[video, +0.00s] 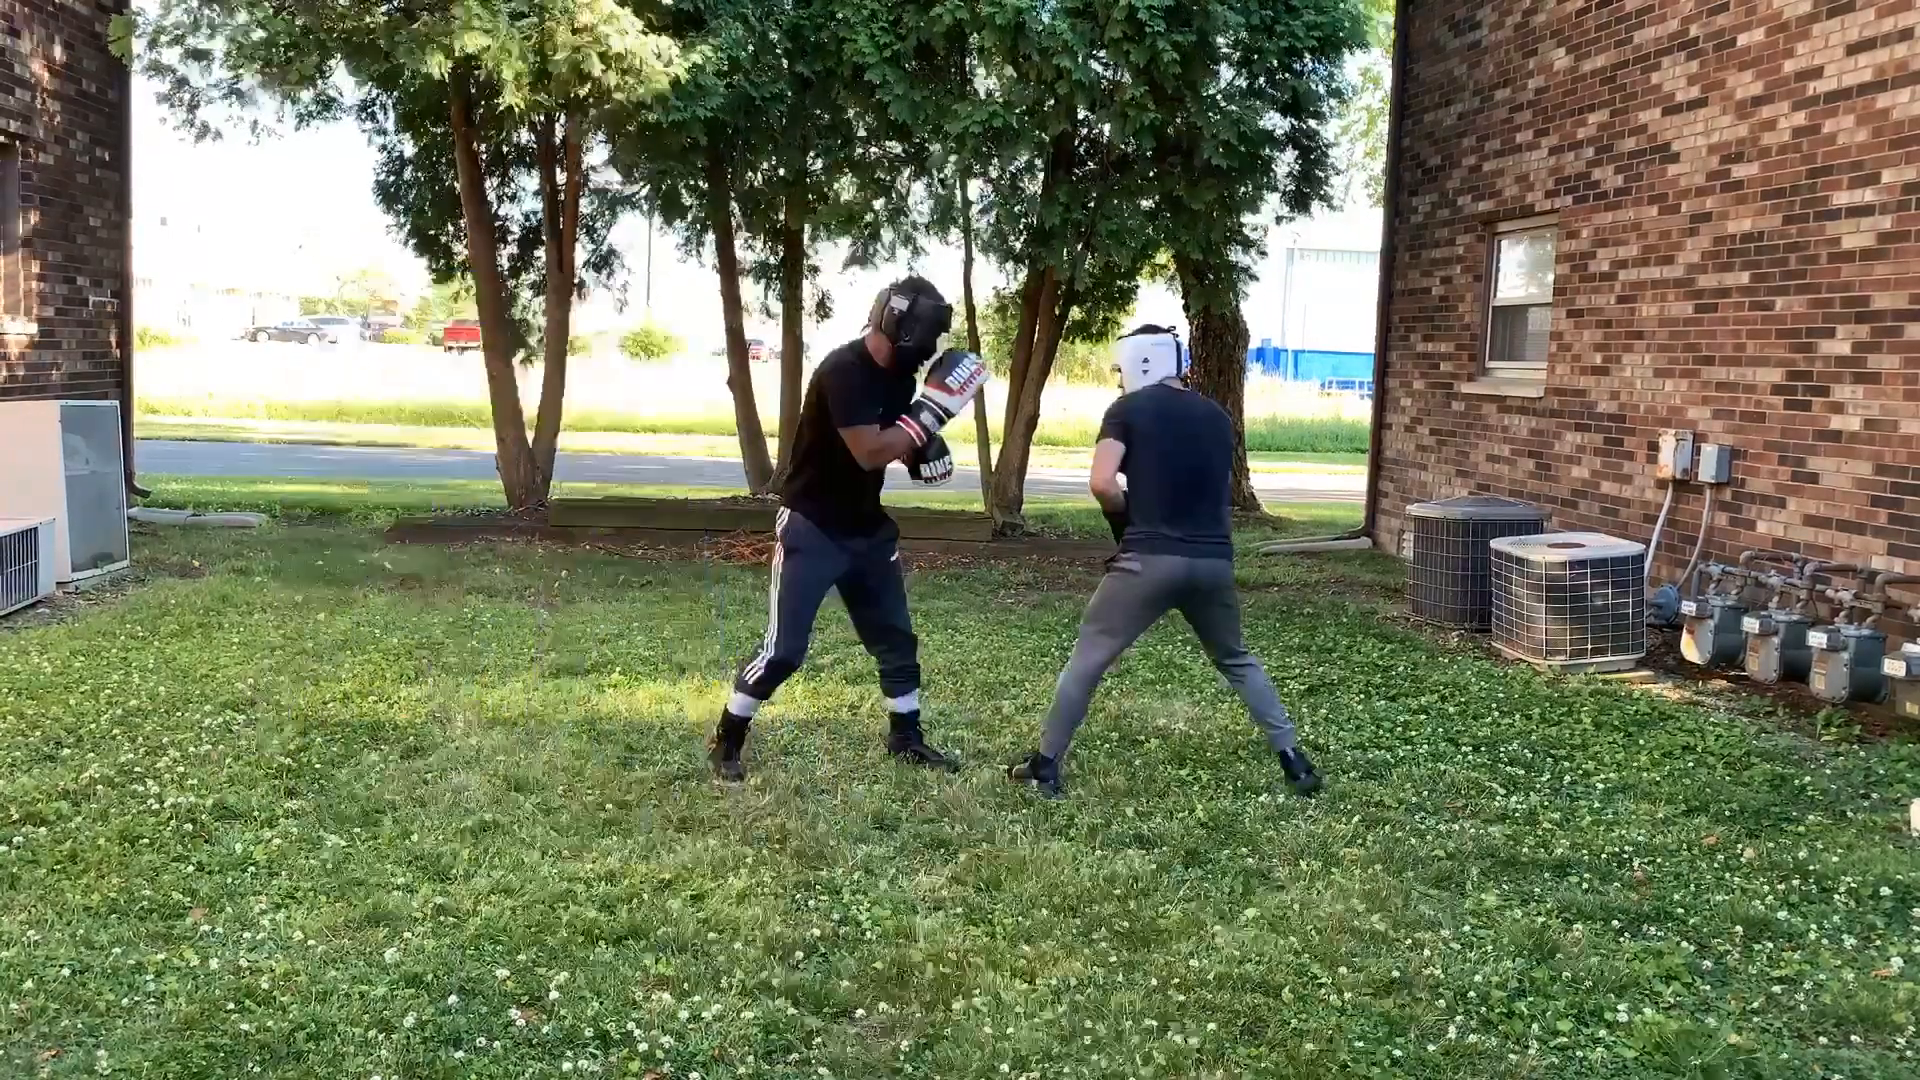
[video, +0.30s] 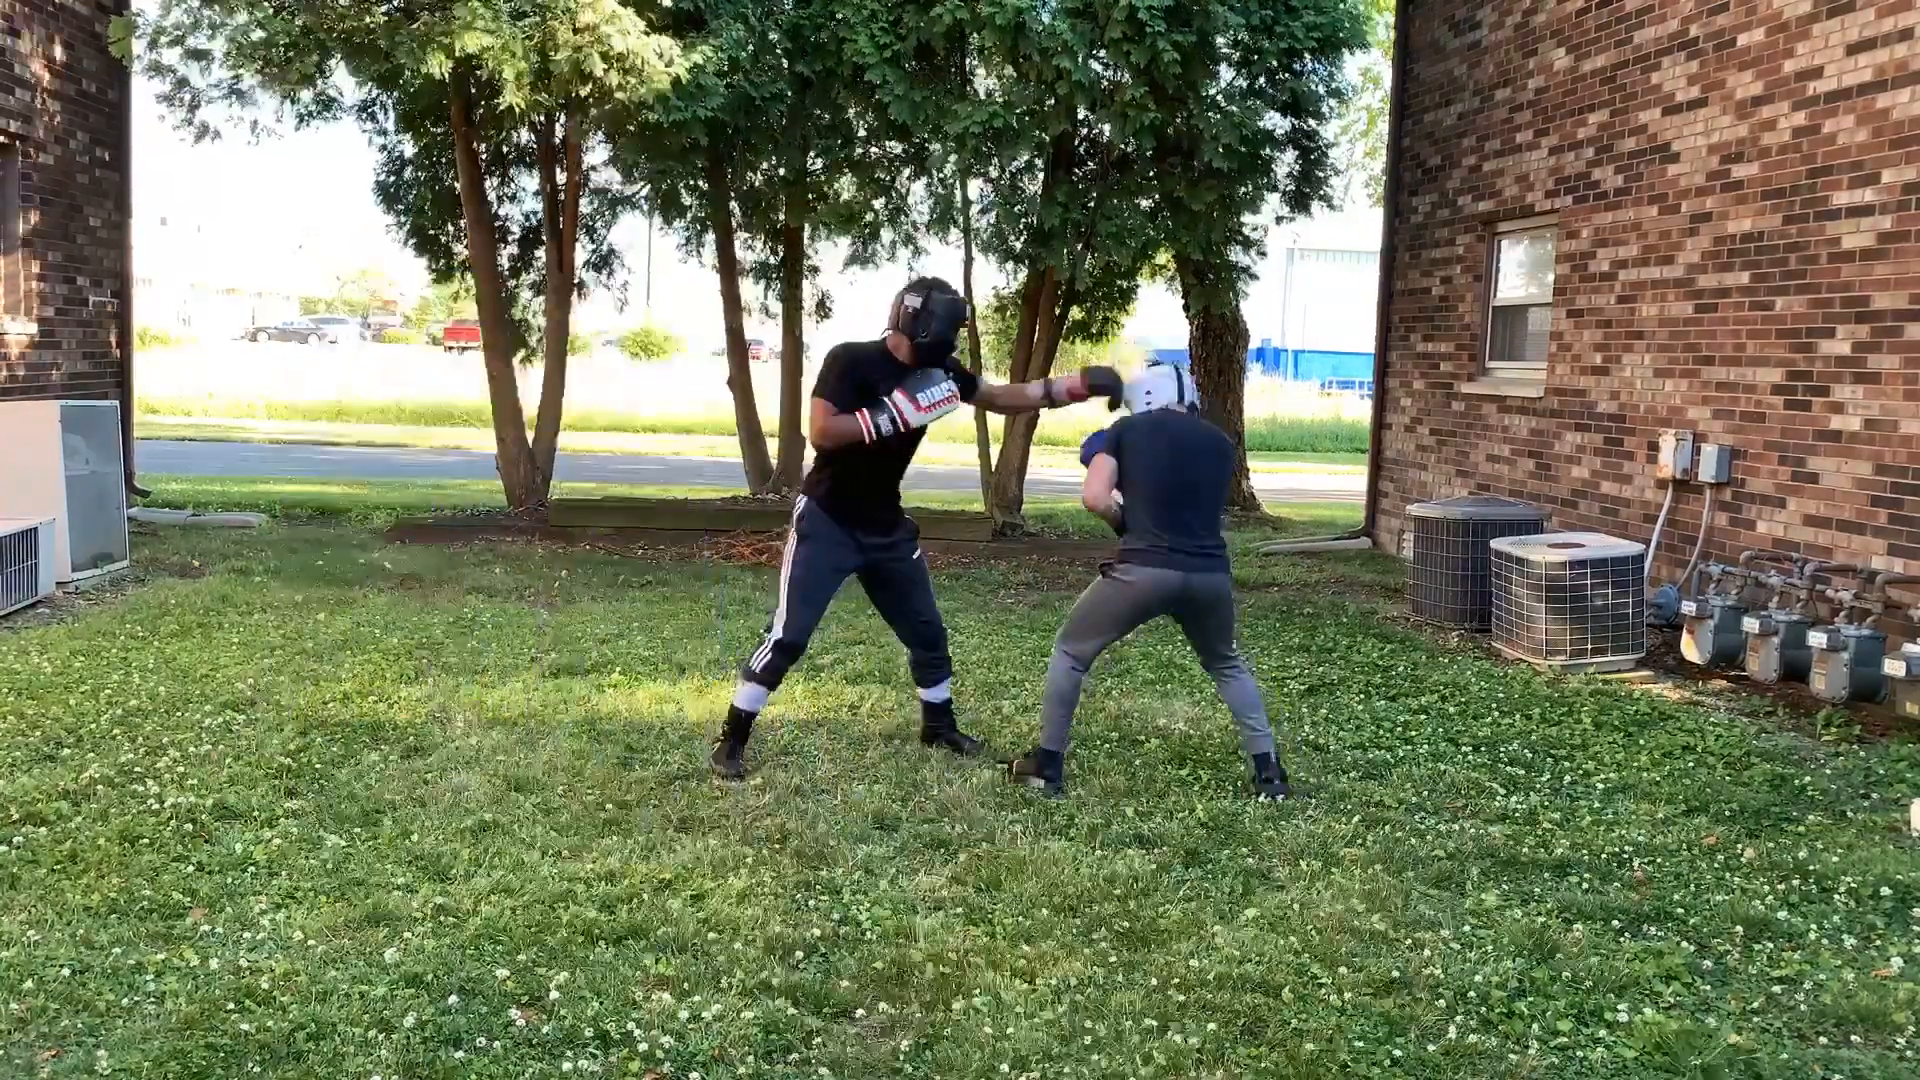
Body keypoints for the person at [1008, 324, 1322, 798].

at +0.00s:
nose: (1119, 376)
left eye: (1122, 368)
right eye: (1119, 368)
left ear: (1138, 366)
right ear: (1180, 367)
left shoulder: (1127, 408)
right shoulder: (1218, 416)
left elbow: (1103, 482)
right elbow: (1222, 490)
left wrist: (1124, 515)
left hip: (1149, 560)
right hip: (1214, 562)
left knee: (1088, 660)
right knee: (1236, 658)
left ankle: (1046, 763)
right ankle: (1293, 755)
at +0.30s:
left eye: (1132, 398)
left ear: (1138, 398)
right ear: (1186, 399)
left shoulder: (1122, 430)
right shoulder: (1220, 442)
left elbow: (1095, 496)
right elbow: (1212, 504)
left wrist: (1121, 516)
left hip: (1143, 572)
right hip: (1210, 577)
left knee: (1072, 653)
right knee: (1227, 662)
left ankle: (1048, 763)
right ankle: (1269, 769)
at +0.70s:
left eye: (1038, 459)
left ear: (1043, 459)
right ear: (1089, 457)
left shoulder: (1030, 474)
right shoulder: (1126, 479)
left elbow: (990, 516)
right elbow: (1141, 538)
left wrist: (1023, 547)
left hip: (1070, 584)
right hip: (1141, 585)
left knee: (1009, 650)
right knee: (1182, 668)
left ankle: (1004, 758)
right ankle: (1254, 764)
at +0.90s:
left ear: (1038, 411)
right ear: (1083, 417)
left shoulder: (1013, 428)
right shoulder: (1108, 449)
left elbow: (936, 433)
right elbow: (1117, 525)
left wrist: (964, 487)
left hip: (1021, 551)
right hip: (1089, 558)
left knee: (990, 641)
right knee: (1117, 658)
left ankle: (987, 748)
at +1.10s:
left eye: (1003, 409)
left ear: (1010, 411)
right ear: (1056, 418)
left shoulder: (988, 437)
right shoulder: (1080, 459)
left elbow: (928, 468)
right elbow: (1098, 532)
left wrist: (949, 503)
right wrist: (1059, 540)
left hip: (976, 571)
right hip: (1043, 581)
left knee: (951, 647)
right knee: (1093, 673)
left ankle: (924, 744)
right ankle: (1104, 781)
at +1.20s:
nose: (972, 405)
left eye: (976, 398)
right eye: (974, 398)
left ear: (986, 399)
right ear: (1032, 405)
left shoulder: (972, 423)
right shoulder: (1056, 451)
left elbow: (927, 452)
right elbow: (1079, 529)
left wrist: (937, 502)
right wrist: (1030, 535)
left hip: (968, 567)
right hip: (1034, 576)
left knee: (933, 645)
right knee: (1072, 675)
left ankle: (920, 743)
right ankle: (1104, 779)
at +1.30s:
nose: (996, 357)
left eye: (1003, 351)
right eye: (1001, 352)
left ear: (1010, 359)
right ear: (1042, 378)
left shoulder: (997, 387)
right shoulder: (1031, 415)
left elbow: (961, 442)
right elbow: (991, 475)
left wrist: (939, 462)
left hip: (966, 555)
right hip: (1019, 560)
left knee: (924, 644)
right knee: (1041, 665)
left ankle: (920, 745)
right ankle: (1102, 764)